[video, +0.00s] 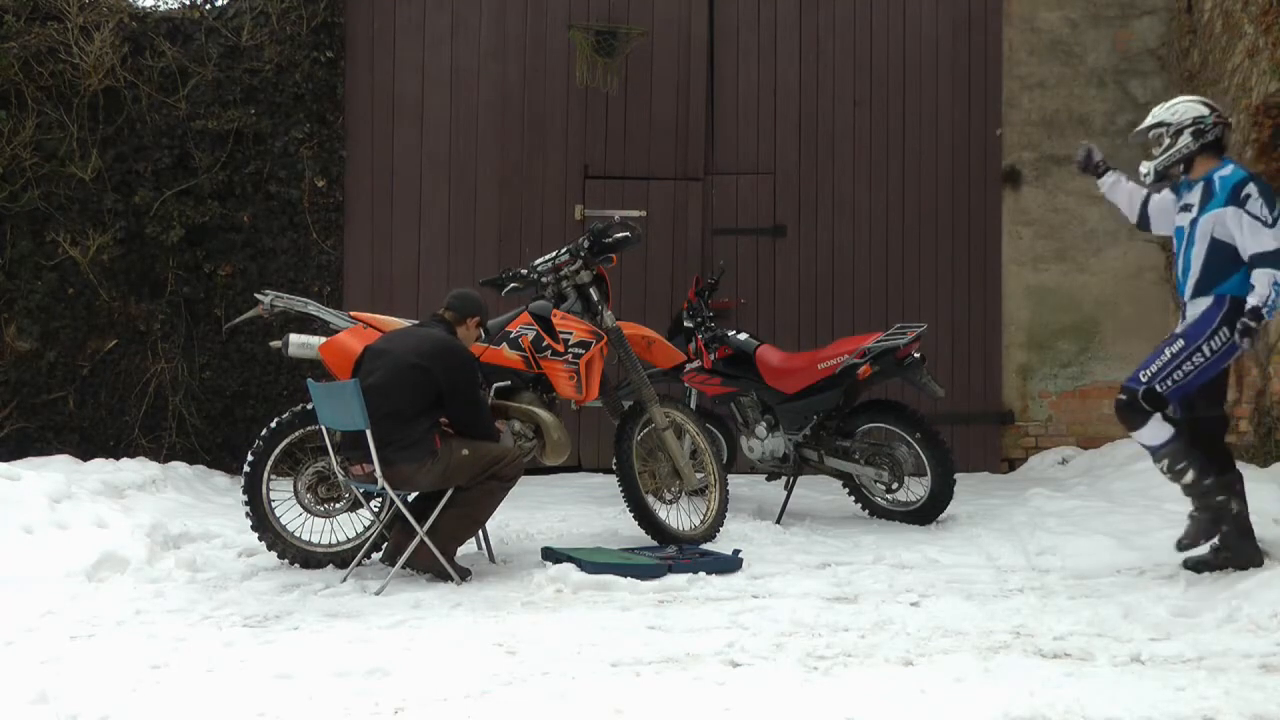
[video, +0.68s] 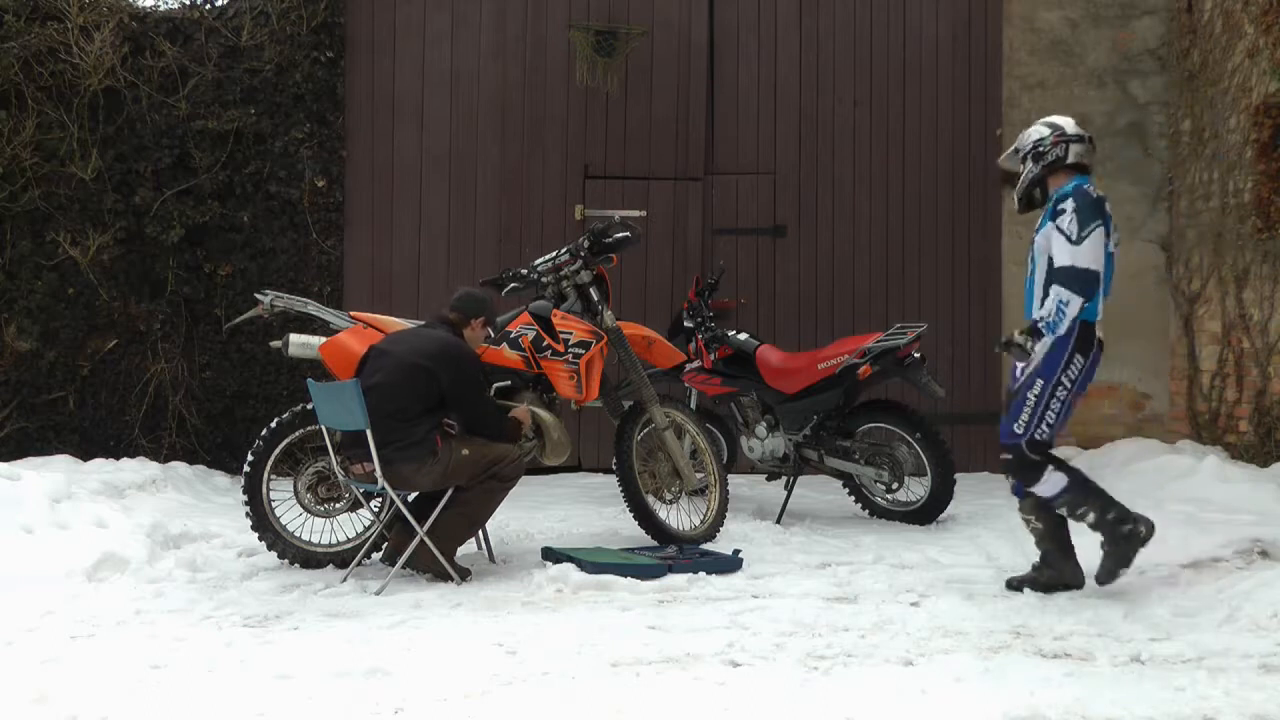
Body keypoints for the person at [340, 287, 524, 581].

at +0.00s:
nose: (478, 337)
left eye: (480, 330)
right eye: (479, 328)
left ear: (442, 314)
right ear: (469, 322)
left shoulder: (393, 337)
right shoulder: (454, 353)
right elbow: (476, 429)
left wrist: (436, 424)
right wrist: (496, 434)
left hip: (357, 456)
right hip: (401, 463)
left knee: (464, 454)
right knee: (507, 462)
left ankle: (403, 543)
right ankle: (434, 551)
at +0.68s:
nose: (487, 336)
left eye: (489, 328)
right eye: (487, 327)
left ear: (449, 315)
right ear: (475, 323)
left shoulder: (400, 337)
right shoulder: (458, 355)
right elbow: (480, 422)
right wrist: (515, 420)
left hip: (358, 455)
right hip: (402, 461)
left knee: (463, 453)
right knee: (508, 462)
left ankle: (402, 543)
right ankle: (435, 551)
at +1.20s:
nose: (492, 345)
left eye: (495, 339)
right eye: (494, 337)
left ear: (459, 317)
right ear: (484, 329)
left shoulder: (405, 337)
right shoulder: (461, 356)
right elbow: (494, 428)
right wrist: (514, 417)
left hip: (358, 454)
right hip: (401, 461)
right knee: (509, 463)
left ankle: (402, 543)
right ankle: (435, 551)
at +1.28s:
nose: (492, 345)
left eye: (495, 339)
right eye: (494, 337)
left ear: (459, 317)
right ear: (484, 329)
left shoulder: (406, 337)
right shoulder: (462, 357)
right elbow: (495, 431)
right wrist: (514, 420)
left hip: (358, 454)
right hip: (401, 461)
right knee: (508, 464)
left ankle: (402, 543)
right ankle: (435, 551)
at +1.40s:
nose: (492, 345)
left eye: (495, 339)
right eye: (494, 338)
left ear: (459, 317)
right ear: (484, 329)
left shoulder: (405, 337)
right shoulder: (461, 357)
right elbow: (493, 429)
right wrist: (514, 420)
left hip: (357, 456)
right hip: (401, 461)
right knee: (508, 464)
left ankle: (402, 543)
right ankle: (435, 551)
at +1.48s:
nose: (492, 345)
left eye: (495, 339)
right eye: (493, 337)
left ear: (459, 317)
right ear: (483, 329)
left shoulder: (404, 337)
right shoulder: (461, 357)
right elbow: (486, 424)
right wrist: (516, 421)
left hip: (357, 456)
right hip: (400, 461)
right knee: (508, 464)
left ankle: (402, 543)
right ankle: (435, 550)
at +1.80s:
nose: (491, 346)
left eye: (494, 339)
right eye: (493, 337)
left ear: (458, 318)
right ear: (483, 329)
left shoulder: (404, 337)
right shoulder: (462, 358)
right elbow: (489, 427)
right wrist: (515, 419)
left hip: (357, 456)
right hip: (400, 461)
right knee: (508, 464)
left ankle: (402, 543)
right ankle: (435, 550)